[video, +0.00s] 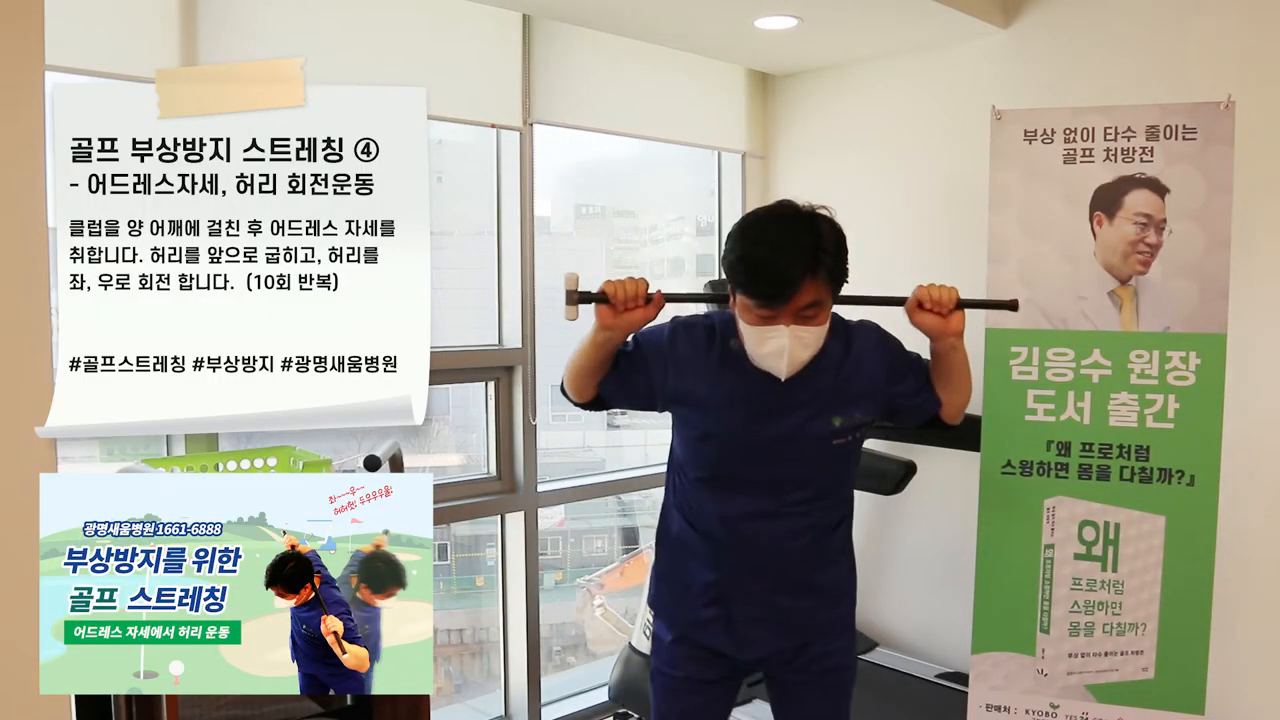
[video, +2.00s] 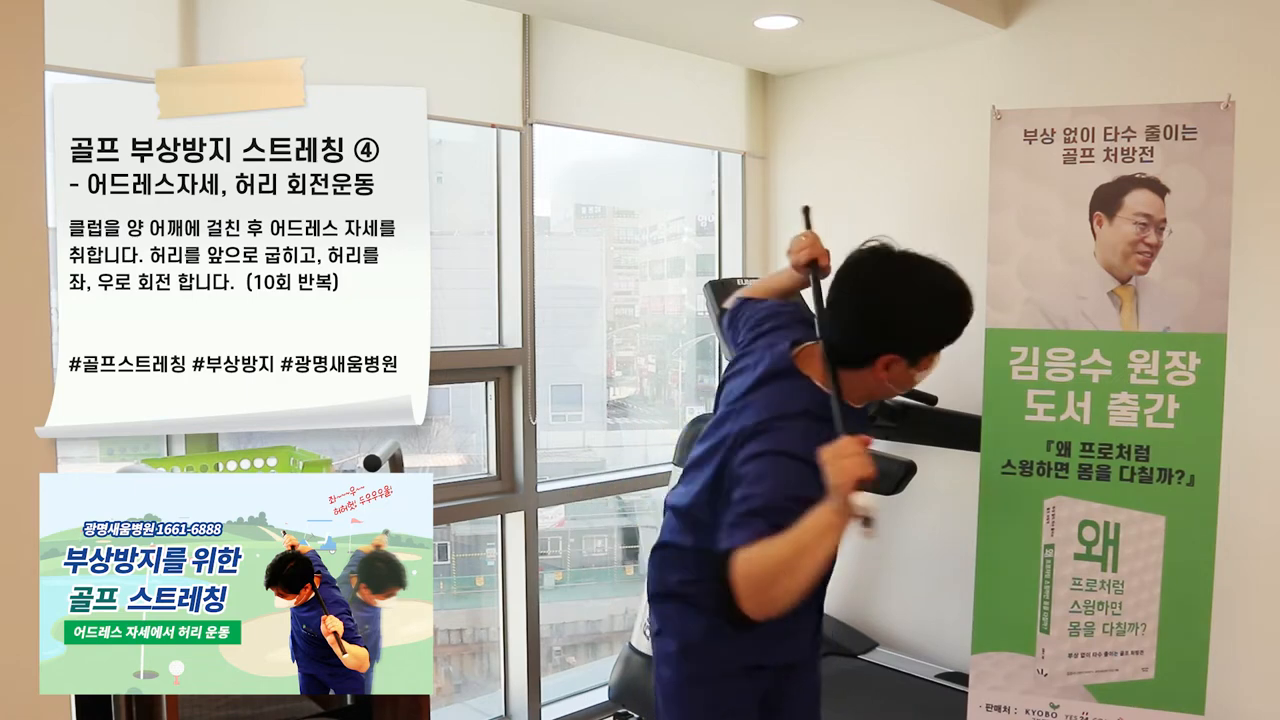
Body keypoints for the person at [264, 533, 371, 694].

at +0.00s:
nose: (278, 599)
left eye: (283, 596)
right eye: (276, 594)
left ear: (306, 590)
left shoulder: (334, 607)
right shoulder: (312, 570)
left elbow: (363, 665)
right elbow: (308, 552)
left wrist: (335, 642)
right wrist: (296, 547)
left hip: (344, 673)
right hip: (310, 667)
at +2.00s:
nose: (278, 599)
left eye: (283, 595)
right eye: (276, 593)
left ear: (306, 589)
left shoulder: (334, 608)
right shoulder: (311, 569)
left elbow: (363, 665)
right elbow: (308, 552)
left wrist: (335, 642)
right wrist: (296, 547)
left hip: (344, 672)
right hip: (310, 666)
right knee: (312, 713)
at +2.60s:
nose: (278, 599)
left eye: (283, 595)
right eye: (276, 593)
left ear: (306, 590)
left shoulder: (334, 608)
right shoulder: (311, 570)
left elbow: (363, 665)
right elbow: (308, 552)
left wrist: (335, 642)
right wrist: (297, 547)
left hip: (344, 672)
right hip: (310, 667)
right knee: (312, 715)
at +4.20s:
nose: (278, 599)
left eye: (283, 596)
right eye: (276, 593)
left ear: (306, 590)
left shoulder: (334, 608)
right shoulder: (312, 570)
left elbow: (363, 665)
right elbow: (308, 552)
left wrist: (336, 643)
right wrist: (297, 547)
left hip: (344, 672)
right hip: (310, 667)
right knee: (312, 715)